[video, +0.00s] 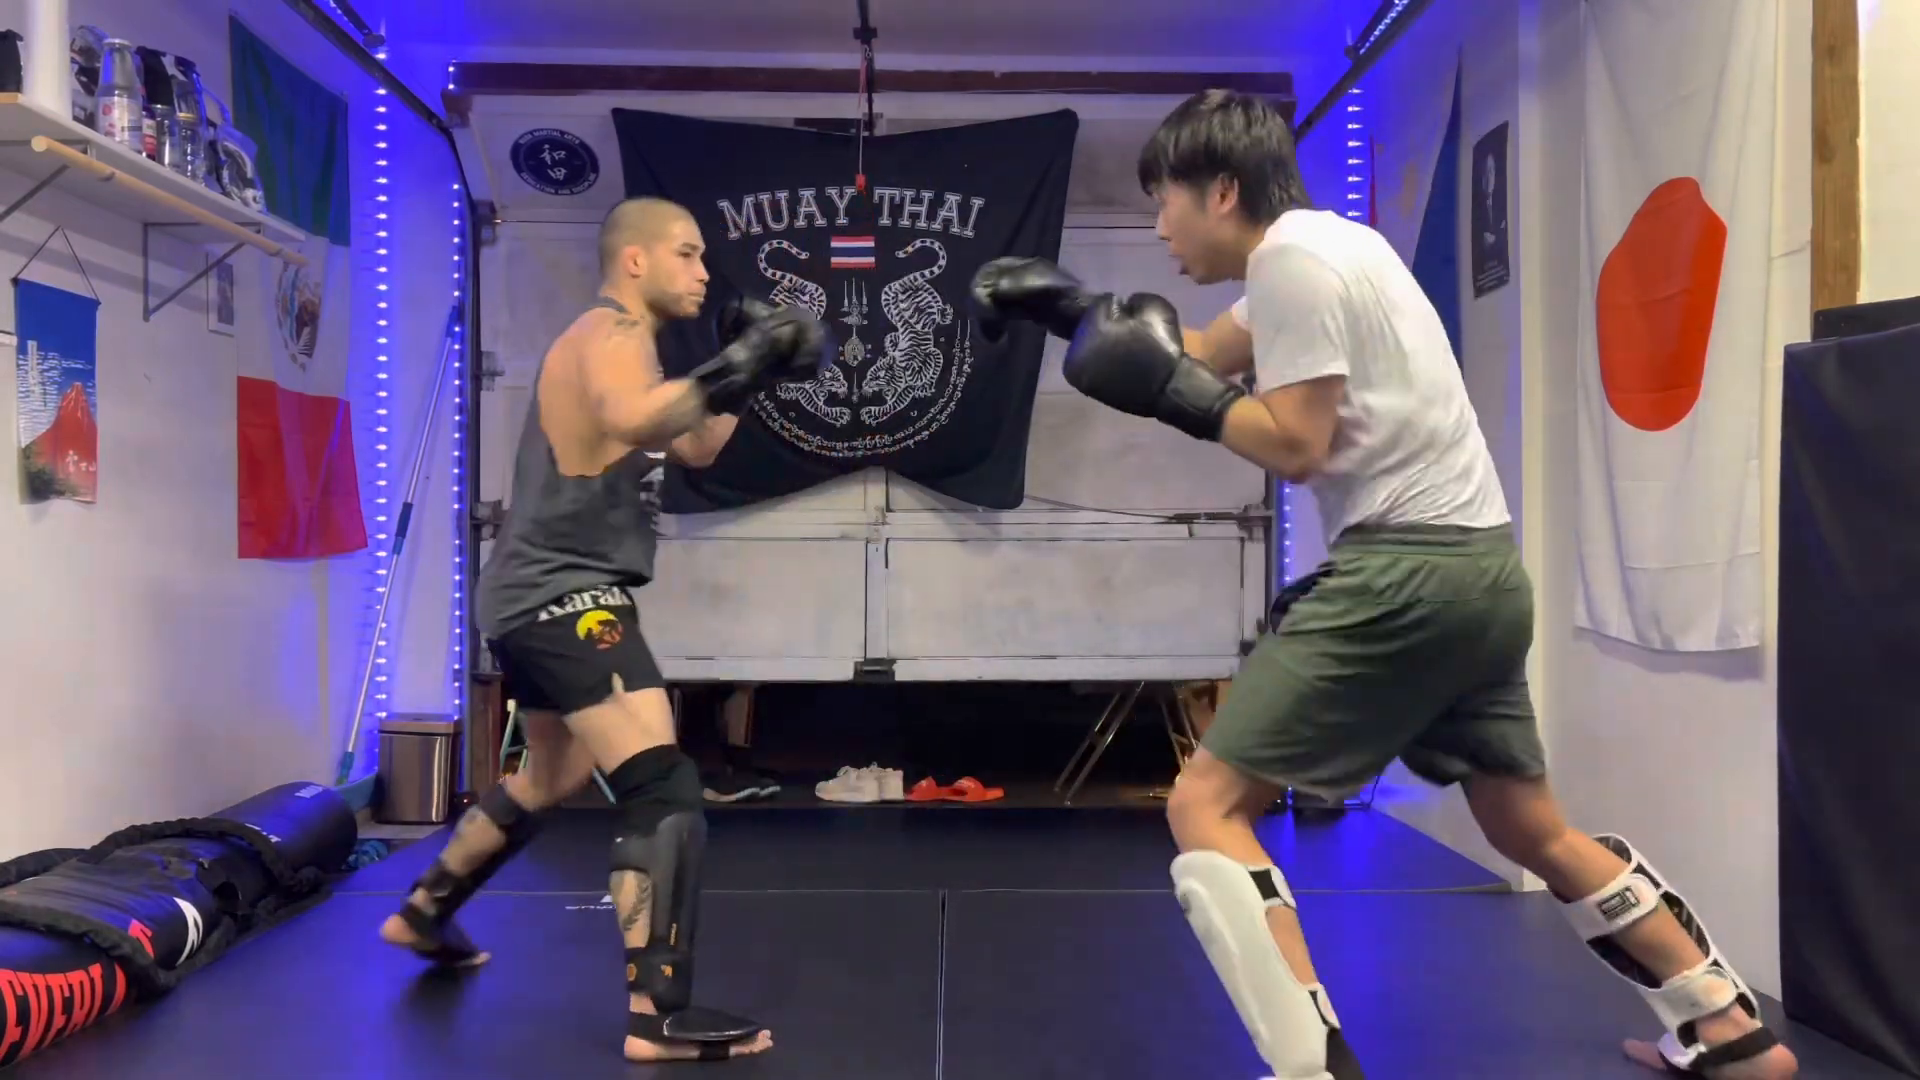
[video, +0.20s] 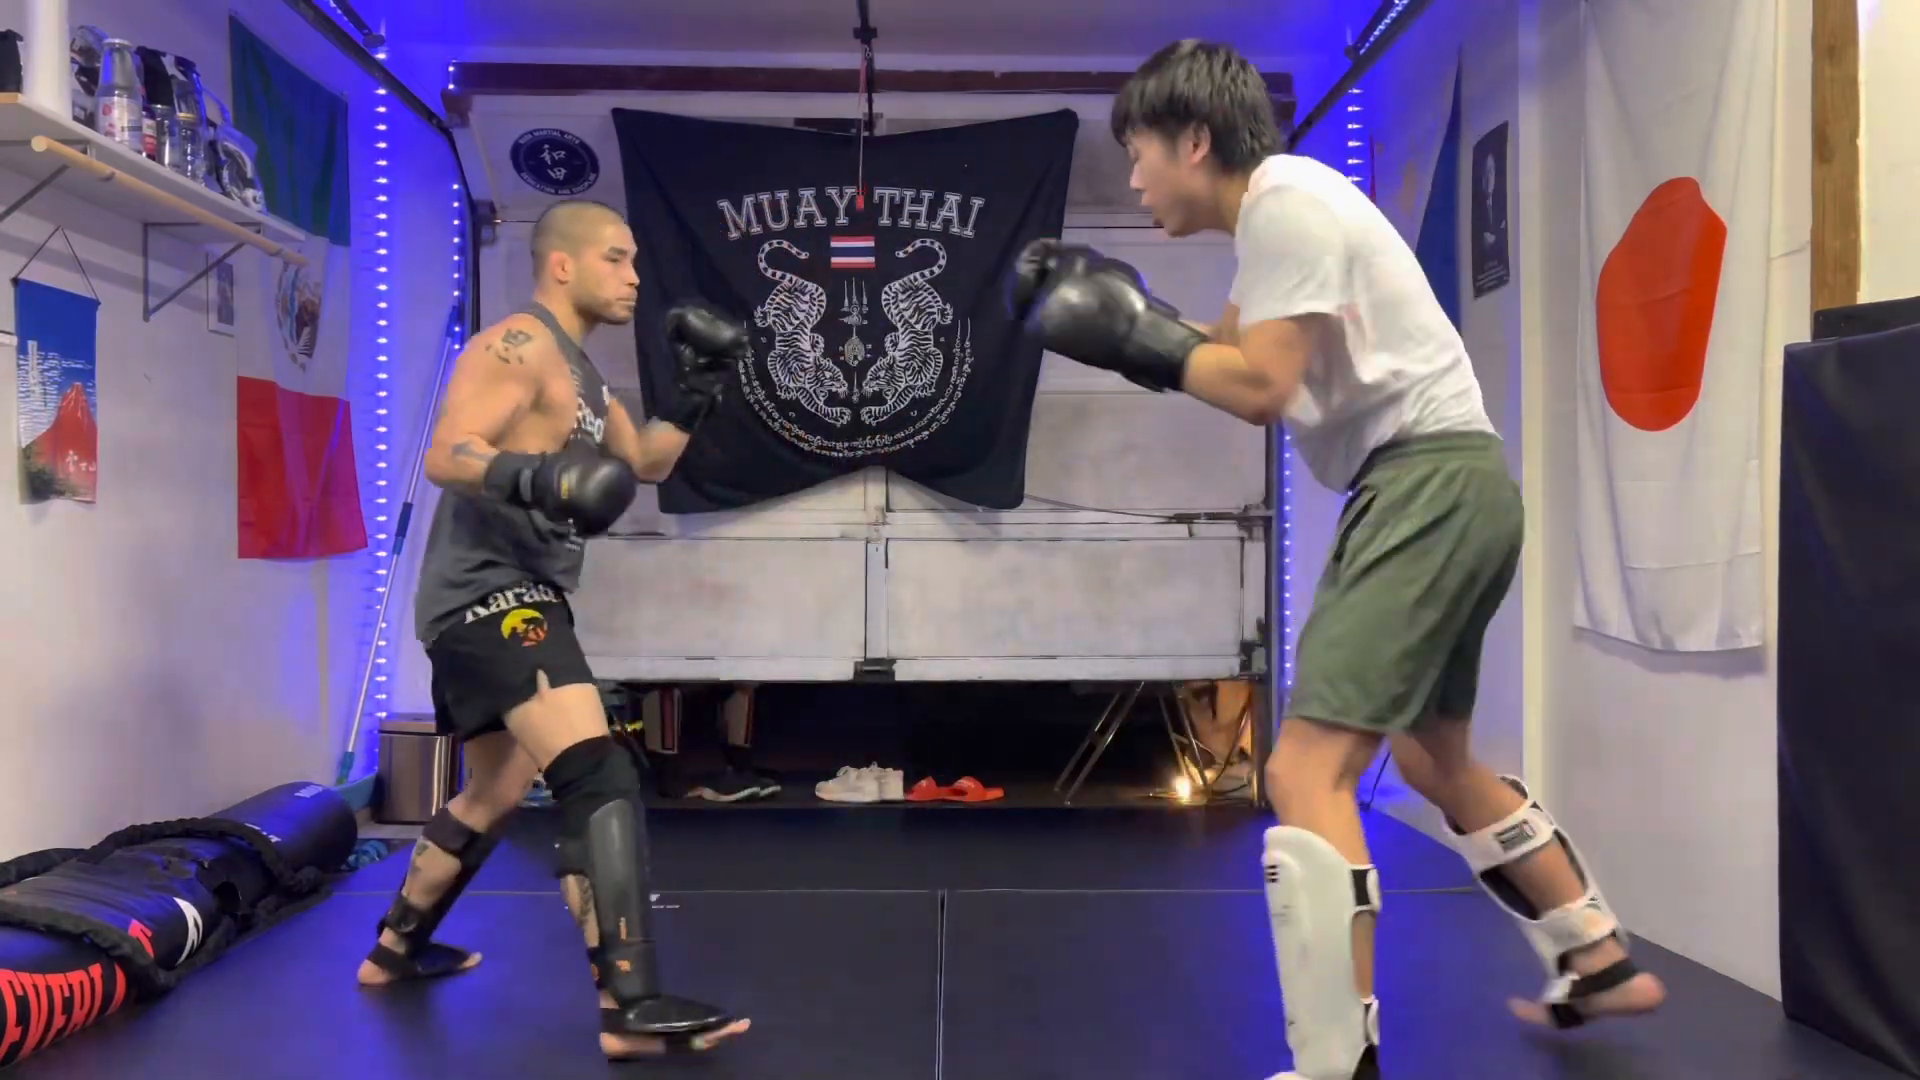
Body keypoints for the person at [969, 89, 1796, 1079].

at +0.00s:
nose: (1156, 218)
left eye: (1165, 193)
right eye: (1156, 196)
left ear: (1223, 193)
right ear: (1248, 187)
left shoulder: (1289, 260)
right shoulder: (1340, 247)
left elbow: (1298, 442)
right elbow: (1205, 360)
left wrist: (1168, 389)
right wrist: (1078, 307)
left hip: (1398, 574)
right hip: (1486, 571)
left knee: (1203, 802)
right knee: (1532, 828)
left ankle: (1311, 1061)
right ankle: (1732, 1027)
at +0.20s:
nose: (1133, 182)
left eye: (1140, 156)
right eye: (1130, 158)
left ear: (1198, 142)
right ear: (1210, 142)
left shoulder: (1287, 203)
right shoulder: (1289, 203)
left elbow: (1270, 385)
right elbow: (1252, 353)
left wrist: (1137, 339)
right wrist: (1136, 315)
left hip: (1422, 485)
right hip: (1454, 483)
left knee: (1307, 770)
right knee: (1438, 755)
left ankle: (1332, 1058)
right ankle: (1599, 962)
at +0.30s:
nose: (1143, 184)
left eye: (1150, 158)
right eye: (1141, 162)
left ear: (1208, 144)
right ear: (1216, 147)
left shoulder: (1267, 198)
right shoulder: (1299, 203)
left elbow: (1157, 359)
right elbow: (1276, 387)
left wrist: (1052, 324)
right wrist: (1175, 305)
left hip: (1422, 485)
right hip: (1452, 480)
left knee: (1344, 792)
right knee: (1413, 766)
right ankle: (1482, 986)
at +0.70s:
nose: (1144, 161)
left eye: (1155, 138)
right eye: (1142, 143)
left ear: (1212, 133)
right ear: (1210, 142)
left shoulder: (1254, 187)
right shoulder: (1232, 219)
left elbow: (1305, 318)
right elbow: (1220, 364)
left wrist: (1176, 347)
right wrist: (1159, 269)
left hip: (1326, 462)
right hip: (1305, 467)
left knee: (1275, 727)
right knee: (1272, 724)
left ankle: (1428, 944)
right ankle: (1361, 902)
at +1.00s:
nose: (1106, 229)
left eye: (1116, 209)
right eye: (1104, 213)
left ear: (1169, 201)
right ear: (1163, 207)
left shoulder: (1216, 255)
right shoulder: (1197, 281)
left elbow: (1239, 388)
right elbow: (1159, 404)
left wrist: (1128, 371)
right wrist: (1099, 314)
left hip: (1255, 517)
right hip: (1248, 519)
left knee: (1143, 733)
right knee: (1214, 723)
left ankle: (1295, 899)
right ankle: (1298, 890)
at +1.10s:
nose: (1076, 238)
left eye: (1085, 218)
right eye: (1073, 222)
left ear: (1139, 210)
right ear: (1143, 219)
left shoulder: (1174, 257)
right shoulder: (1174, 275)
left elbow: (1119, 369)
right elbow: (1133, 401)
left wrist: (1011, 335)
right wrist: (1040, 333)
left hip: (1250, 503)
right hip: (1263, 505)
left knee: (1133, 720)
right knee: (1186, 707)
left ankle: (1186, 940)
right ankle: (1263, 867)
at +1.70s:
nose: (1007, 287)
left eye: (1014, 269)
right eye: (1005, 271)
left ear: (1059, 262)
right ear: (1069, 266)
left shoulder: (1086, 315)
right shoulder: (1133, 319)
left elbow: (1078, 425)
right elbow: (1069, 439)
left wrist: (991, 409)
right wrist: (1018, 373)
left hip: (1138, 545)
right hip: (1187, 547)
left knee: (1003, 716)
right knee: (1154, 715)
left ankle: (1090, 882)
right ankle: (1232, 875)